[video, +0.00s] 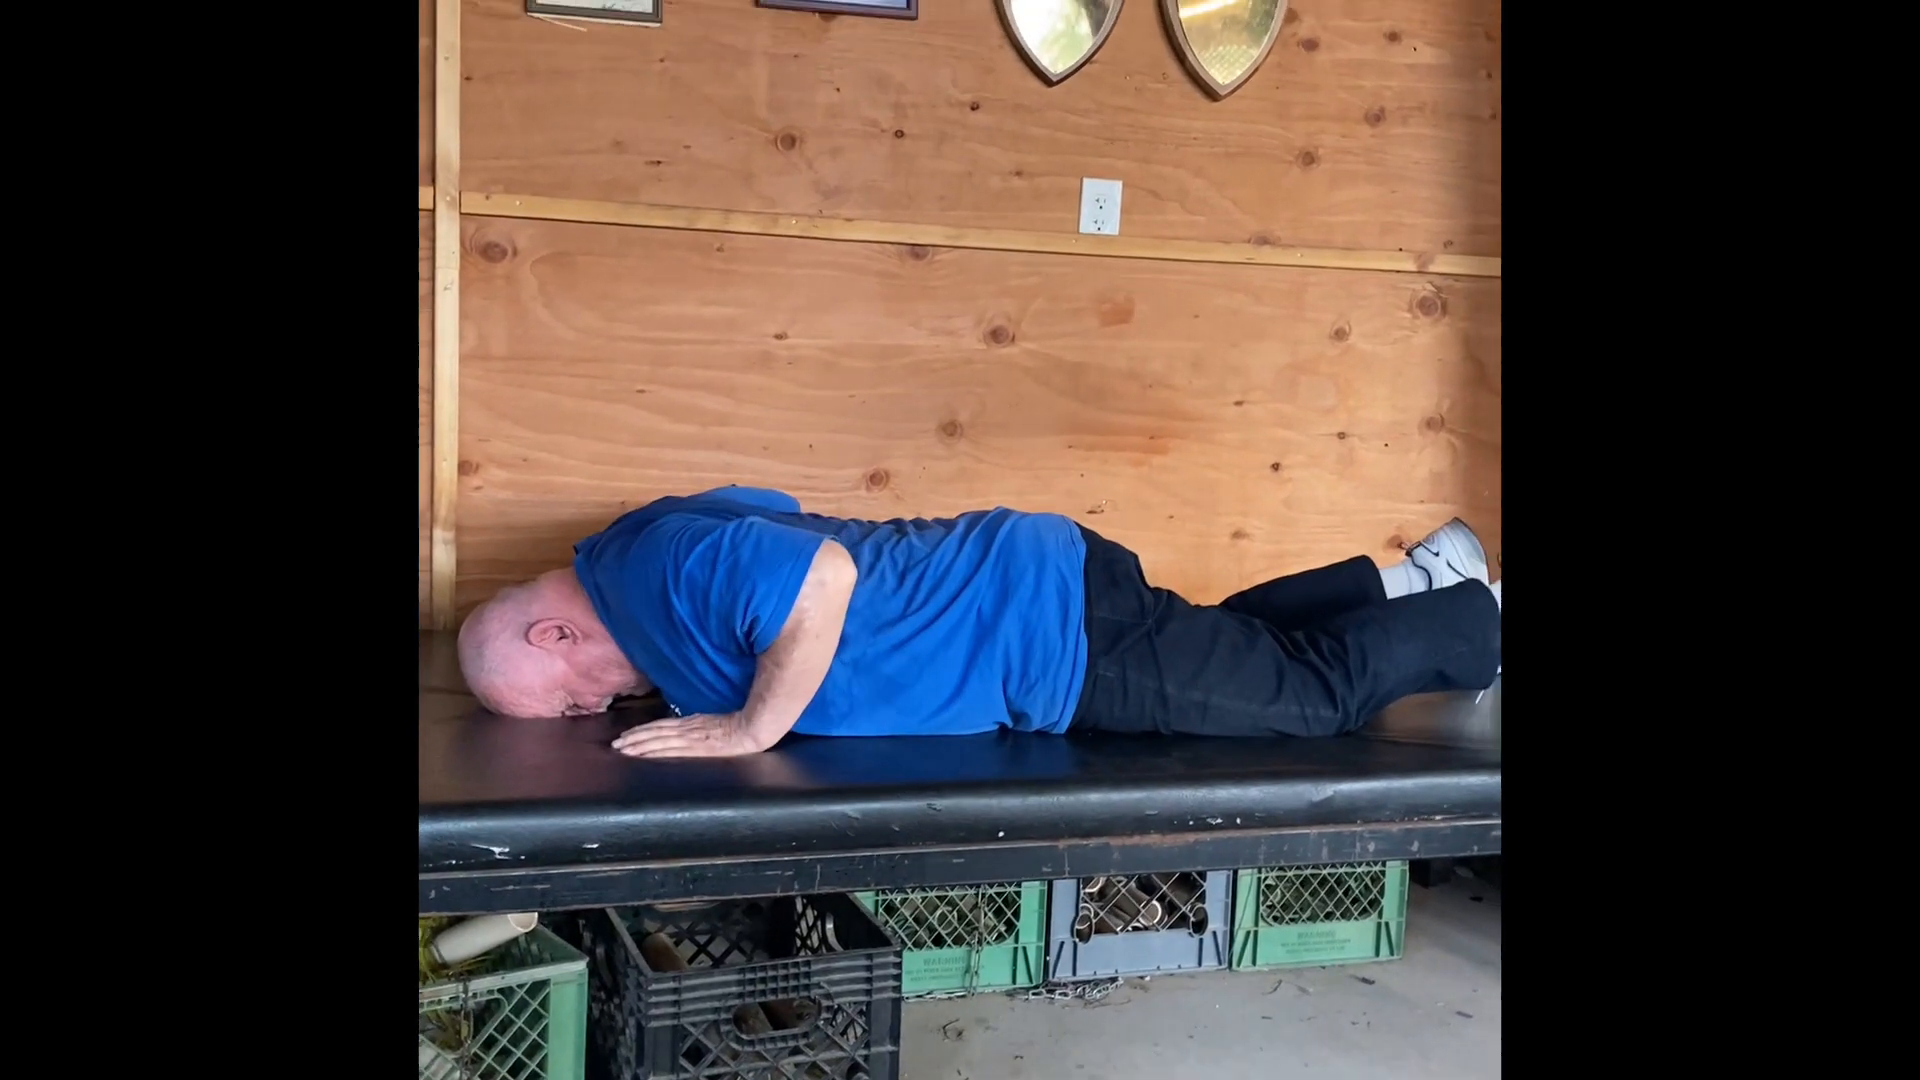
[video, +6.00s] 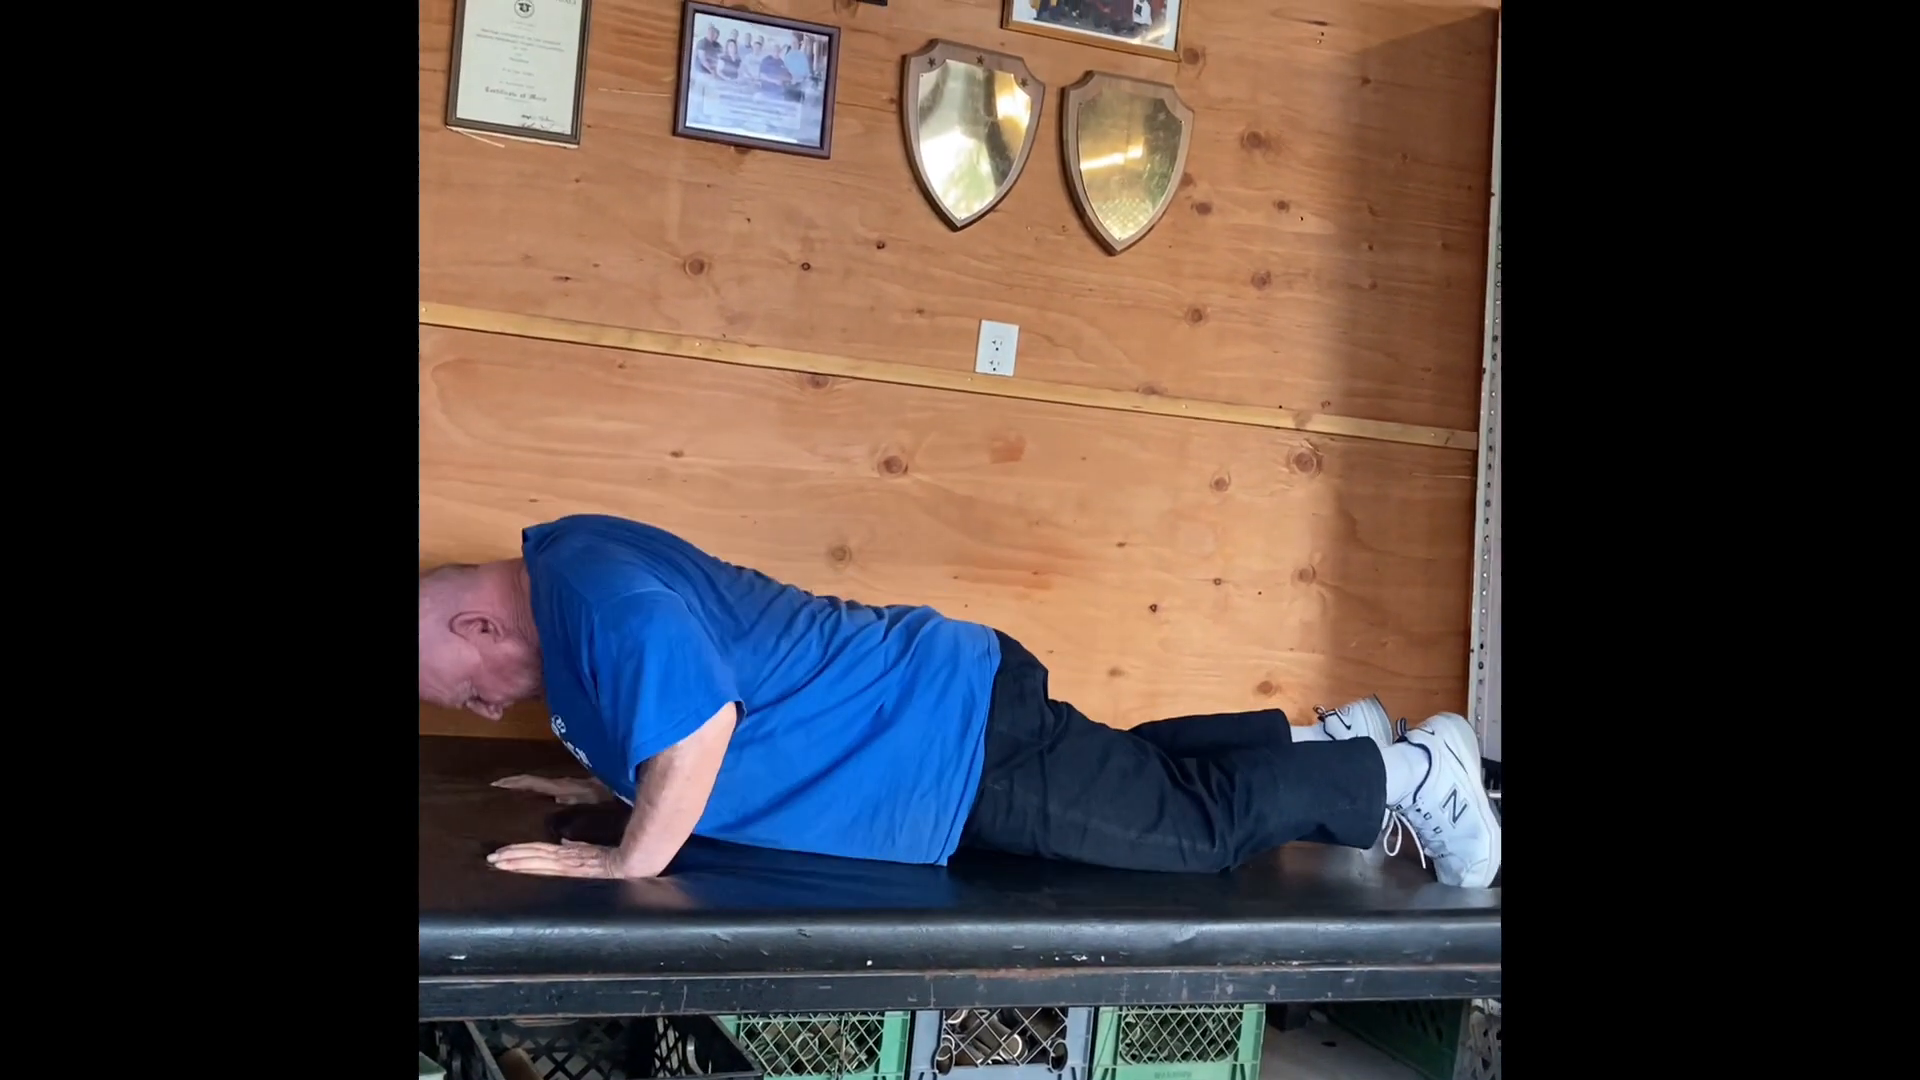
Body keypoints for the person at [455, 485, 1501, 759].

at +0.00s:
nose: (586, 710)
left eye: (558, 701)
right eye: (561, 707)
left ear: (546, 635)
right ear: (548, 627)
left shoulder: (657, 567)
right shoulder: (640, 580)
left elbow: (826, 574)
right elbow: (819, 550)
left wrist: (750, 728)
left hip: (1052, 624)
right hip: (1030, 626)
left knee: (1315, 689)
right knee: (1245, 662)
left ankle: (1481, 622)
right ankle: (1420, 572)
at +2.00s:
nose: (591, 622)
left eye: (568, 613)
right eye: (570, 619)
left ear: (566, 557)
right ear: (559, 528)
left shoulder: (683, 518)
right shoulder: (641, 487)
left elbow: (807, 633)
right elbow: (780, 599)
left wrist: (740, 771)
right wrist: (722, 693)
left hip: (1060, 607)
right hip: (1033, 586)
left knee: (1306, 687)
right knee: (1262, 654)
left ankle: (1479, 648)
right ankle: (1435, 612)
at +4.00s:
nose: (525, 658)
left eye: (502, 648)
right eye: (504, 659)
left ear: (498, 584)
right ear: (498, 577)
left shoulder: (625, 552)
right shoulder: (584, 541)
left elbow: (728, 665)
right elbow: (700, 654)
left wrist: (670, 802)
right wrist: (629, 721)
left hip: (984, 660)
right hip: (955, 680)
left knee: (1215, 755)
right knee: (1172, 710)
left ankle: (1428, 710)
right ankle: (1366, 673)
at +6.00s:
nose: (478, 701)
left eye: (460, 683)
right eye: (461, 695)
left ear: (471, 620)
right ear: (475, 626)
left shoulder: (603, 593)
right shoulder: (558, 608)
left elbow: (694, 737)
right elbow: (674, 726)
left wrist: (625, 867)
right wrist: (601, 787)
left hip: (954, 723)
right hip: (922, 766)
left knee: (1186, 824)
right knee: (1142, 783)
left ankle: (1408, 775)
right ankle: (1341, 738)